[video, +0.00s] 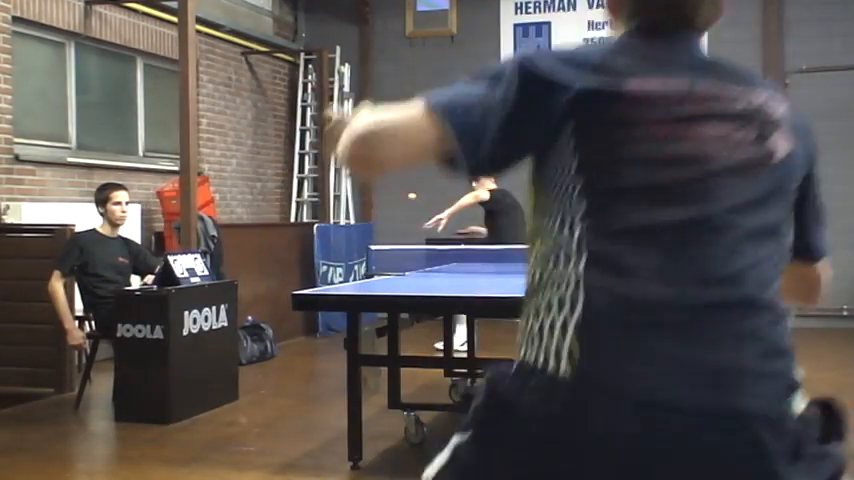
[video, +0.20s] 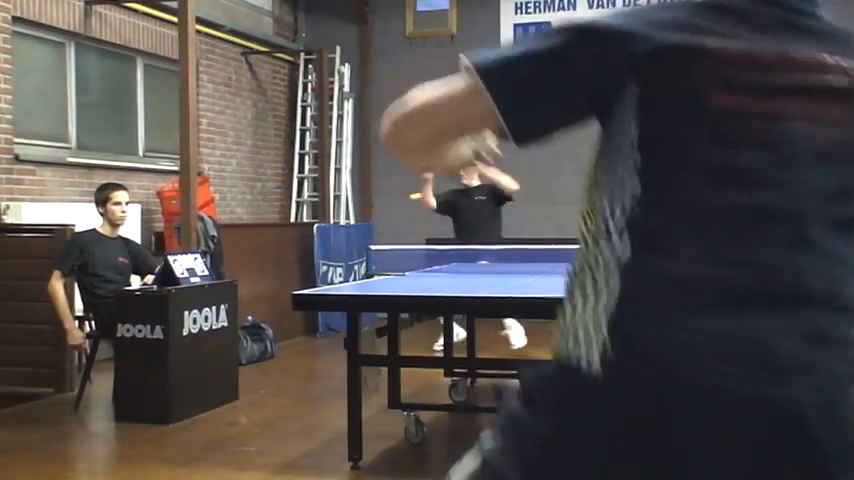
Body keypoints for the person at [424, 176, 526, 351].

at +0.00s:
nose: (474, 188)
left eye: (475, 183)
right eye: (473, 184)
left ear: (486, 181)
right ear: (493, 180)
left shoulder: (496, 196)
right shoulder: (508, 200)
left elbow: (474, 197)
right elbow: (507, 235)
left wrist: (447, 214)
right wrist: (482, 231)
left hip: (502, 262)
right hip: (514, 261)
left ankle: (460, 336)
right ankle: (463, 337)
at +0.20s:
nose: (464, 171)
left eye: (469, 166)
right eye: (462, 167)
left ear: (479, 169)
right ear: (459, 171)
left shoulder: (492, 192)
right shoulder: (455, 196)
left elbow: (514, 187)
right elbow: (428, 202)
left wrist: (486, 169)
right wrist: (428, 181)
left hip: (491, 252)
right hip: (463, 253)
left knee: (494, 291)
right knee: (440, 289)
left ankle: (511, 325)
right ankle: (452, 327)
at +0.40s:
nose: (461, 179)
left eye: (465, 175)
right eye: (457, 175)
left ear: (472, 179)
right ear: (450, 178)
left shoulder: (482, 205)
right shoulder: (440, 199)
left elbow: (494, 233)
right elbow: (423, 203)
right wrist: (430, 176)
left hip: (472, 257)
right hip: (440, 256)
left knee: (491, 288)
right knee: (411, 288)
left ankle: (496, 337)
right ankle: (403, 335)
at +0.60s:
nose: (476, 177)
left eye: (481, 173)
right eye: (472, 173)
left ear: (487, 177)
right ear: (465, 176)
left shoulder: (495, 202)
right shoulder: (453, 201)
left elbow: (510, 229)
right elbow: (431, 228)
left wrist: (518, 245)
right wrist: (436, 216)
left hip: (486, 262)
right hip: (452, 261)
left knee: (508, 290)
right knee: (425, 294)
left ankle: (520, 334)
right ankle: (404, 333)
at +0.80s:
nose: (493, 169)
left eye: (497, 165)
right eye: (489, 165)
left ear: (503, 167)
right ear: (482, 168)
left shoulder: (517, 189)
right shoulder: (475, 194)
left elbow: (541, 213)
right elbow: (460, 222)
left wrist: (538, 238)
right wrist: (457, 238)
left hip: (514, 254)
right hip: (481, 254)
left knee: (527, 284)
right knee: (456, 281)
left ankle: (525, 331)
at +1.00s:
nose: (499, 176)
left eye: (502, 171)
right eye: (494, 172)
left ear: (510, 171)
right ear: (488, 176)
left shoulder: (524, 192)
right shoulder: (486, 200)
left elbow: (547, 217)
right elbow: (477, 225)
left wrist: (542, 247)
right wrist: (475, 246)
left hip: (528, 251)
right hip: (496, 254)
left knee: (551, 292)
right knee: (476, 290)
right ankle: (495, 332)